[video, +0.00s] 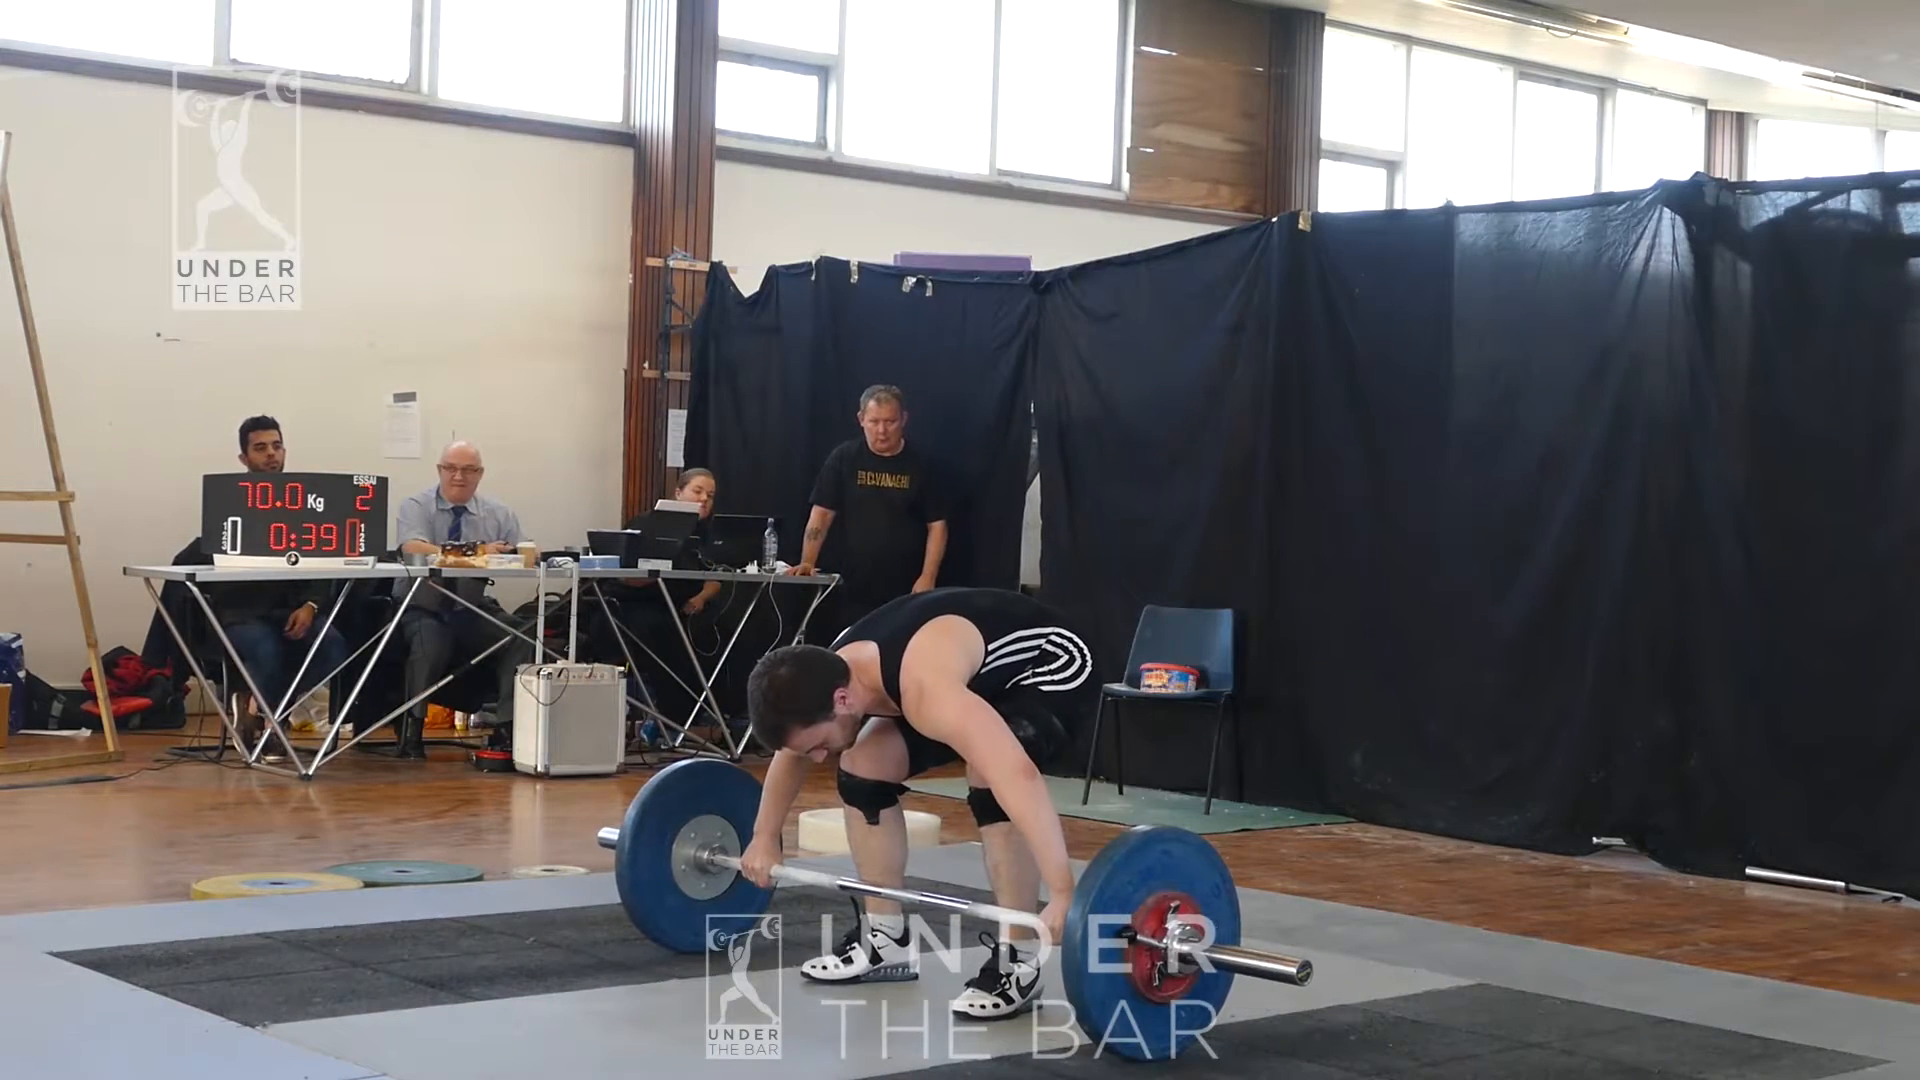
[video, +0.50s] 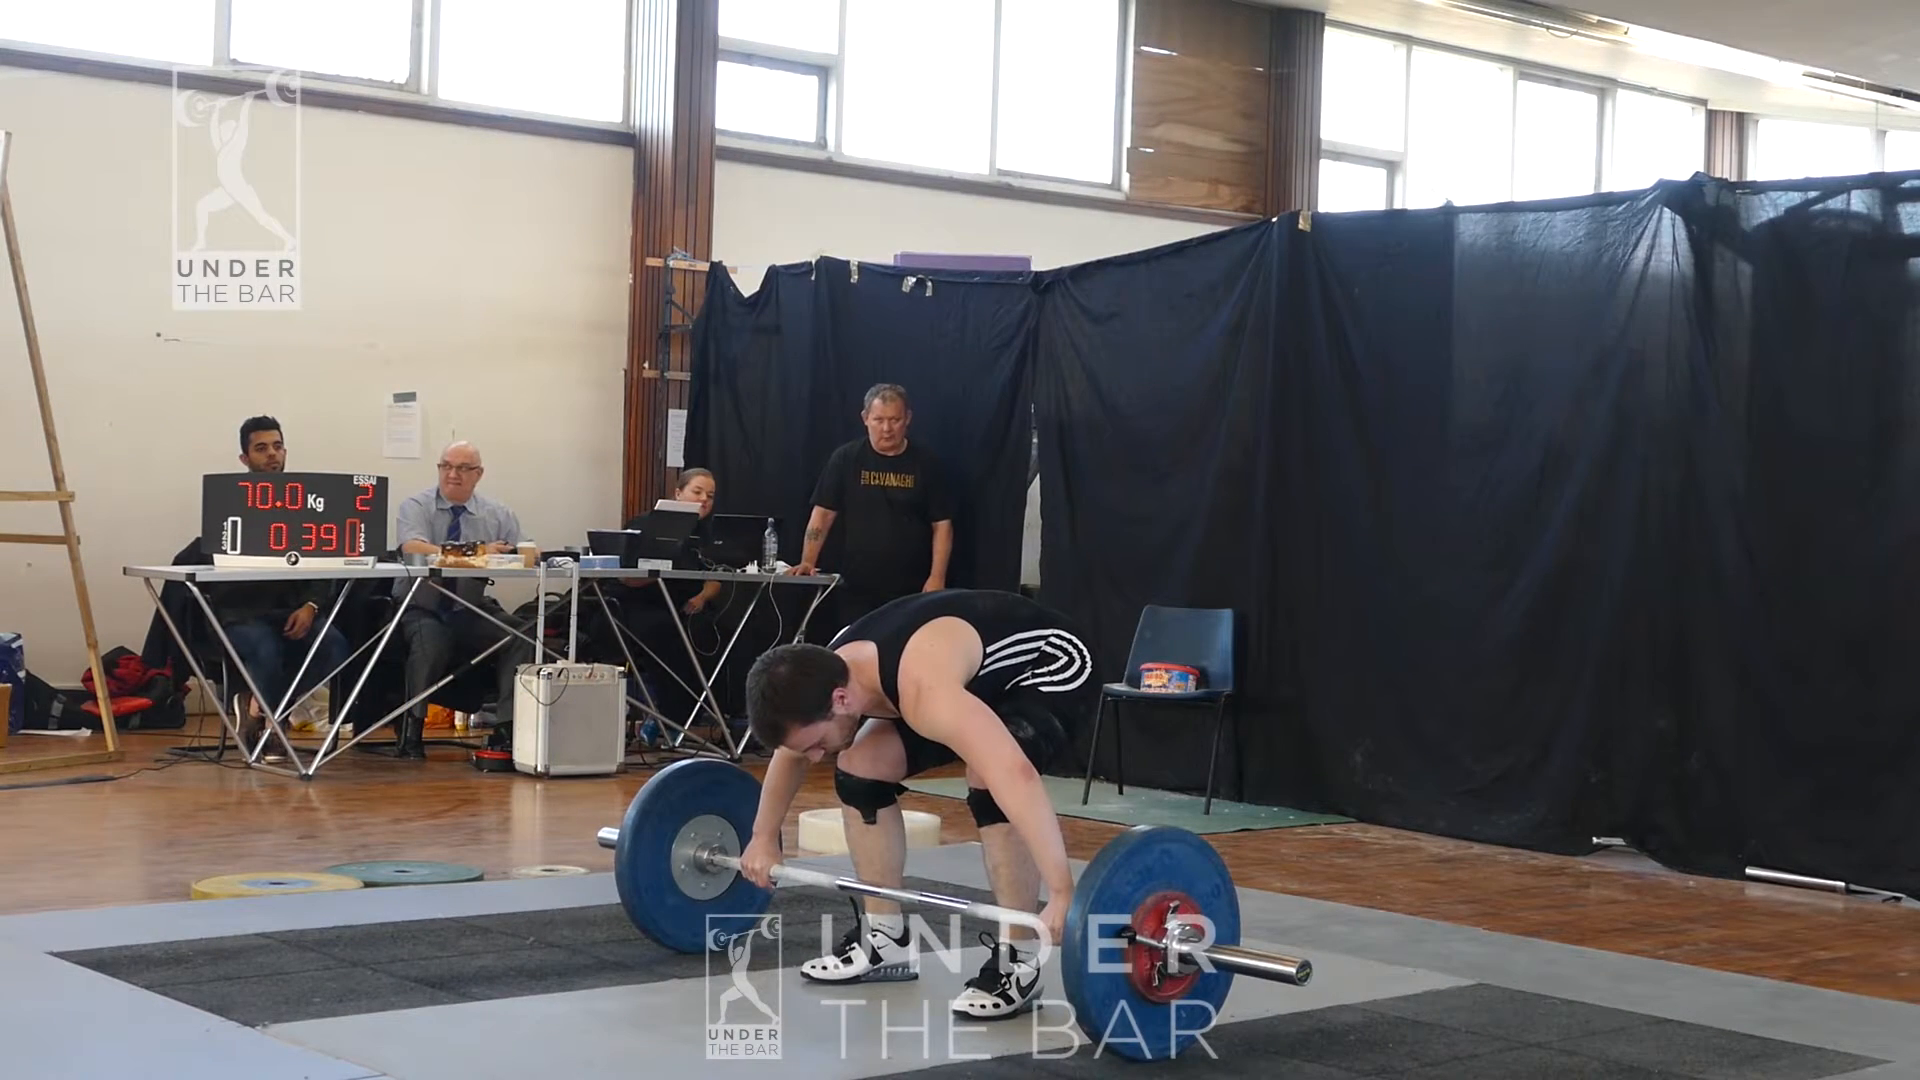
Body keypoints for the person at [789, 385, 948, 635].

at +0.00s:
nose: (882, 430)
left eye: (889, 422)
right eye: (874, 422)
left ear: (904, 420)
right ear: (861, 420)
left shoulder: (922, 465)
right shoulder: (843, 459)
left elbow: (937, 527)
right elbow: (822, 514)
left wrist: (928, 577)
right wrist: (807, 562)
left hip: (902, 586)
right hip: (851, 582)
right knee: (849, 665)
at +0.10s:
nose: (882, 430)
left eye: (890, 422)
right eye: (875, 422)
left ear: (904, 420)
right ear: (862, 419)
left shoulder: (924, 465)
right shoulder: (844, 459)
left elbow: (938, 527)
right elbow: (822, 514)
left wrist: (928, 579)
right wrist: (807, 561)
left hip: (904, 588)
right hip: (853, 584)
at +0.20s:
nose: (883, 430)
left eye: (891, 421)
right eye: (876, 421)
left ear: (905, 420)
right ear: (863, 419)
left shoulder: (924, 464)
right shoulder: (844, 459)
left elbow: (939, 526)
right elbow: (822, 514)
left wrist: (930, 577)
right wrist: (807, 562)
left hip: (904, 586)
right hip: (853, 582)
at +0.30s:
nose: (885, 429)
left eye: (892, 421)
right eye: (877, 420)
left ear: (906, 420)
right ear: (863, 419)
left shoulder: (925, 464)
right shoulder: (844, 459)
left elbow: (940, 526)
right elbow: (823, 513)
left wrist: (933, 578)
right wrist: (807, 562)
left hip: (907, 587)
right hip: (855, 582)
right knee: (852, 664)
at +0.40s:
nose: (886, 428)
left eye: (893, 420)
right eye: (878, 420)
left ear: (906, 420)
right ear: (864, 419)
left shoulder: (926, 464)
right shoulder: (845, 459)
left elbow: (941, 526)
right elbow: (823, 513)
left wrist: (935, 578)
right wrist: (807, 562)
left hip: (908, 588)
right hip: (856, 583)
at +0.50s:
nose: (886, 428)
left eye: (894, 420)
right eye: (879, 420)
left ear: (907, 419)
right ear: (865, 419)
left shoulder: (927, 464)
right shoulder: (846, 459)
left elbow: (942, 526)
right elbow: (823, 514)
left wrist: (937, 578)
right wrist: (807, 562)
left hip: (908, 588)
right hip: (856, 583)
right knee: (852, 665)